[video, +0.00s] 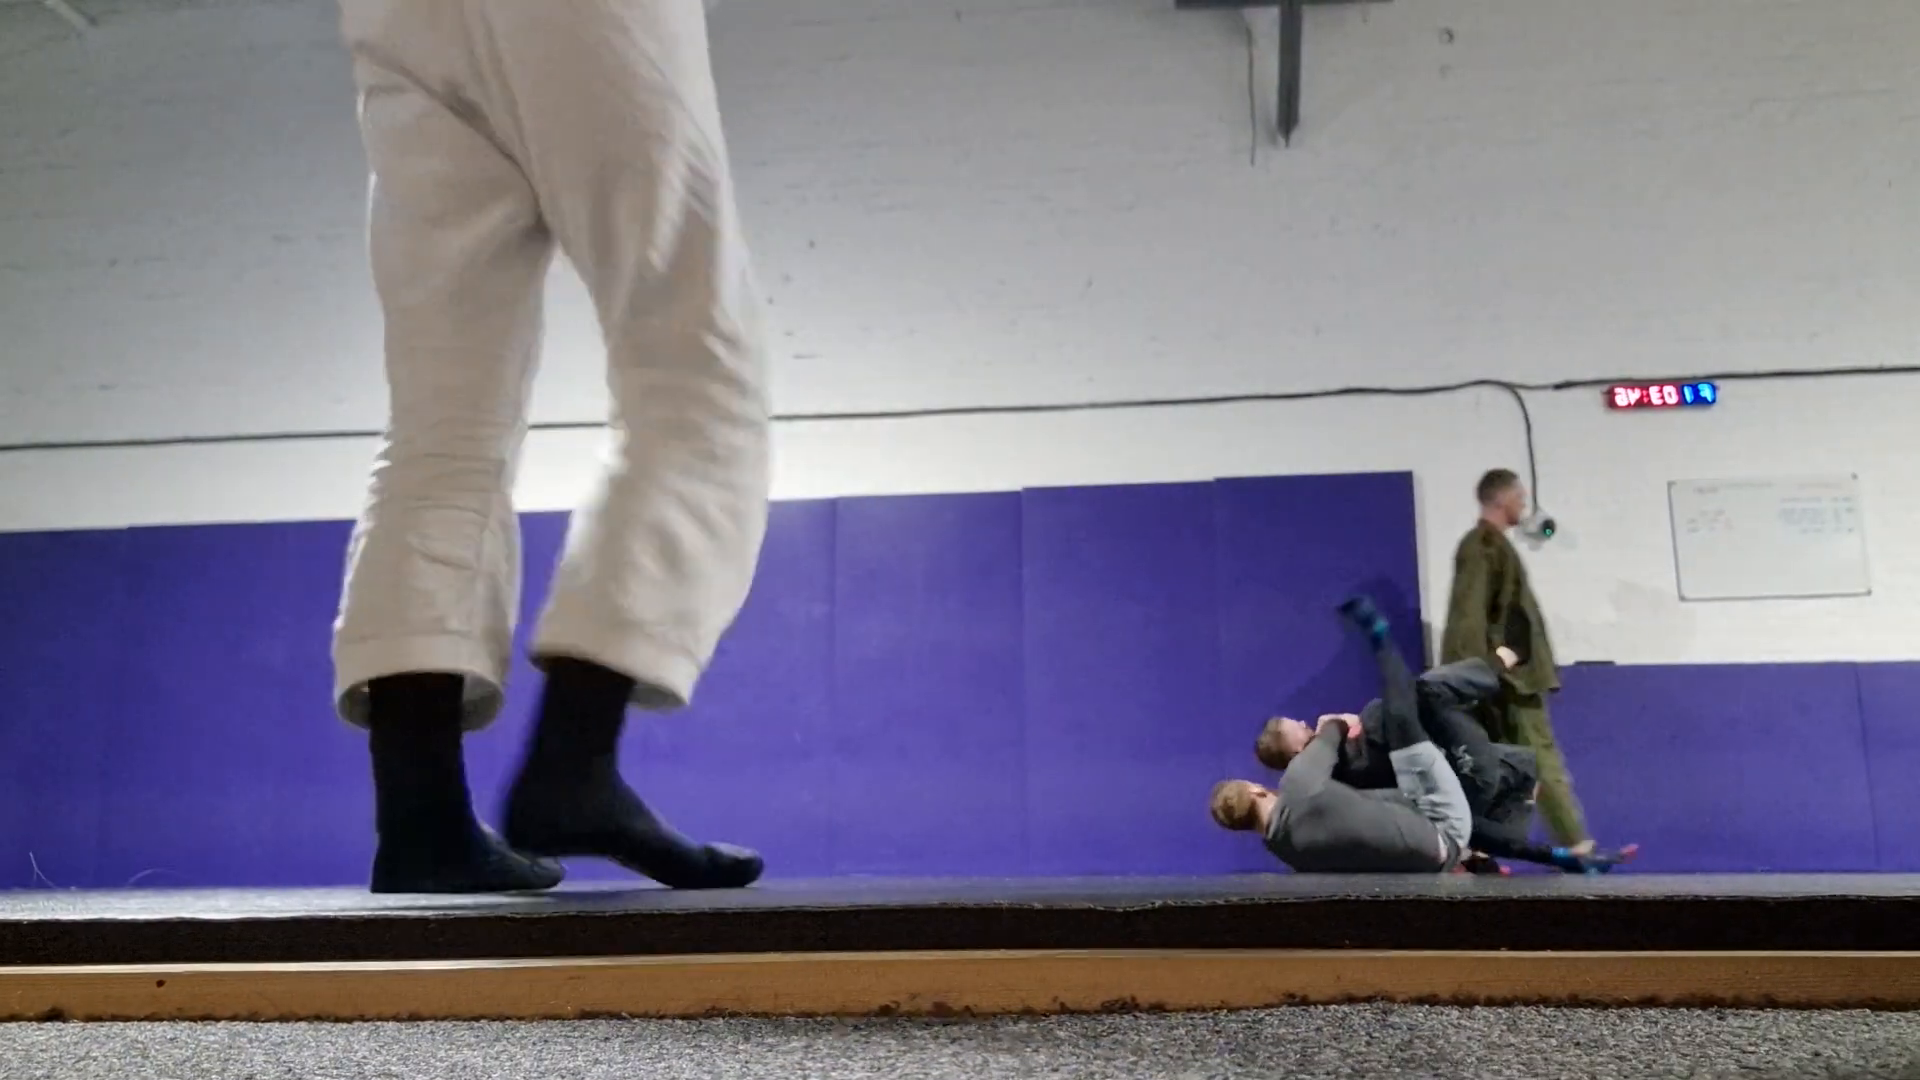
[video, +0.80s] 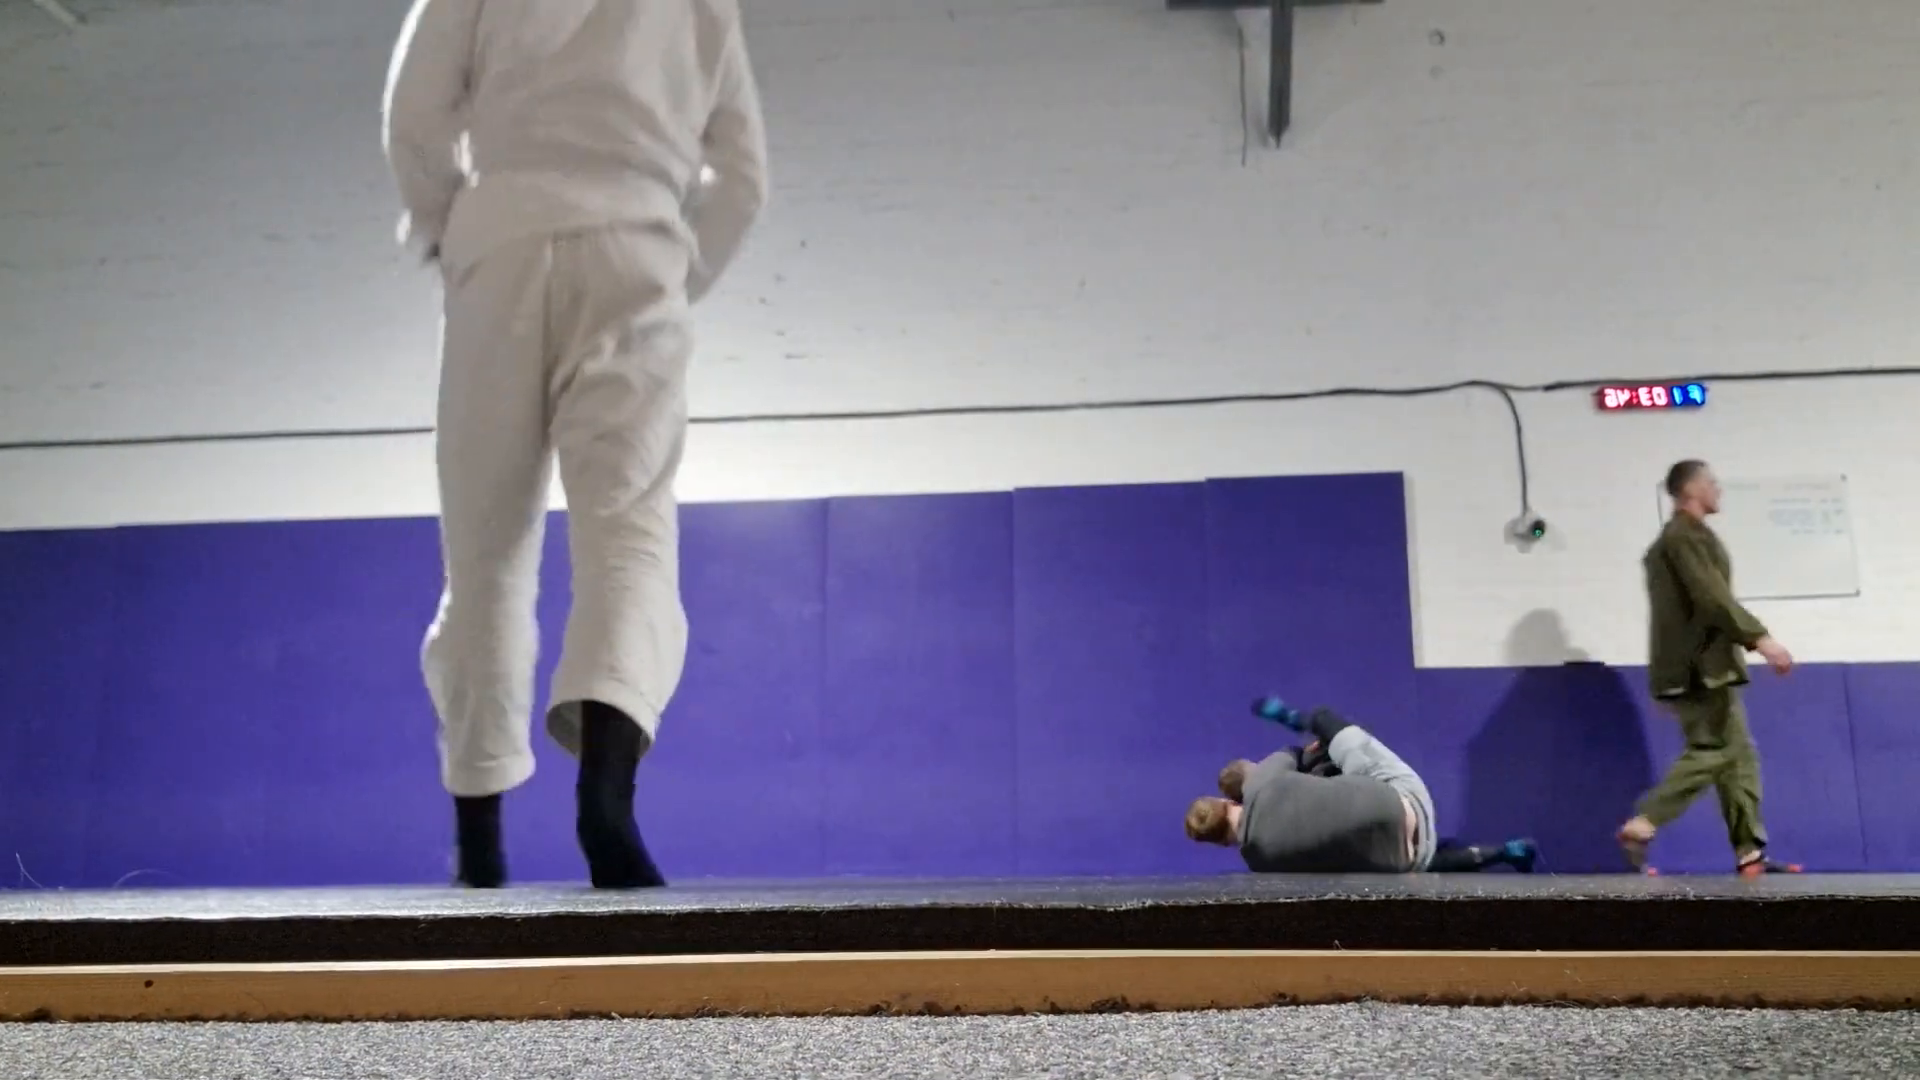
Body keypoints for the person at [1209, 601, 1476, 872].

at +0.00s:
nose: (1259, 784)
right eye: (1253, 784)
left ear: (1240, 827)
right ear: (1257, 789)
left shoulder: (1290, 853)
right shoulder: (1298, 784)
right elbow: (1329, 727)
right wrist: (1332, 721)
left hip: (1437, 862)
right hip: (1447, 833)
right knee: (1400, 719)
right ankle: (1381, 637)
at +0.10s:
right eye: (1251, 787)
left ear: (1237, 830)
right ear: (1251, 791)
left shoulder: (1285, 855)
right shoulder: (1291, 785)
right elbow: (1328, 728)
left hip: (1435, 861)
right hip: (1442, 829)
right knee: (1395, 718)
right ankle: (1368, 655)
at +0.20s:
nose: (1250, 793)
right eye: (1247, 792)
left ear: (1231, 837)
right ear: (1246, 797)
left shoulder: (1278, 859)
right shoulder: (1282, 790)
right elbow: (1322, 736)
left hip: (1433, 865)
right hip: (1440, 831)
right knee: (1389, 708)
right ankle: (1371, 675)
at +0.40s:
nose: (1232, 798)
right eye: (1225, 800)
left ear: (1220, 842)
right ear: (1229, 801)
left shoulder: (1264, 860)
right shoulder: (1264, 788)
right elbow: (1307, 747)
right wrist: (1323, 744)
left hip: (1428, 865)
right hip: (1424, 823)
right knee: (1379, 731)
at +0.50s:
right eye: (1227, 799)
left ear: (1219, 843)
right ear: (1229, 801)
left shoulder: (1262, 860)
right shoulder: (1263, 784)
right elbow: (1305, 747)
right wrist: (1318, 747)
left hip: (1424, 865)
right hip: (1418, 812)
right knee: (1370, 718)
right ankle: (1442, 778)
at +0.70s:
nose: (1259, 757)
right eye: (1254, 758)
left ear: (1222, 840)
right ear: (1231, 798)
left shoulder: (1263, 862)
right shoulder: (1266, 781)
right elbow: (1297, 753)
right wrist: (1318, 752)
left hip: (1421, 859)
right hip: (1416, 804)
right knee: (1351, 732)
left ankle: (1475, 858)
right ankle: (1316, 701)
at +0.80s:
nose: (1248, 768)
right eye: (1243, 772)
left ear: (1218, 842)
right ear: (1237, 790)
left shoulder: (1260, 861)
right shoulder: (1264, 778)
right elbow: (1298, 756)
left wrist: (1314, 770)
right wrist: (1315, 751)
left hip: (1411, 860)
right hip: (1412, 805)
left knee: (1424, 857)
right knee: (1332, 727)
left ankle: (1501, 854)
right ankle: (1295, 716)